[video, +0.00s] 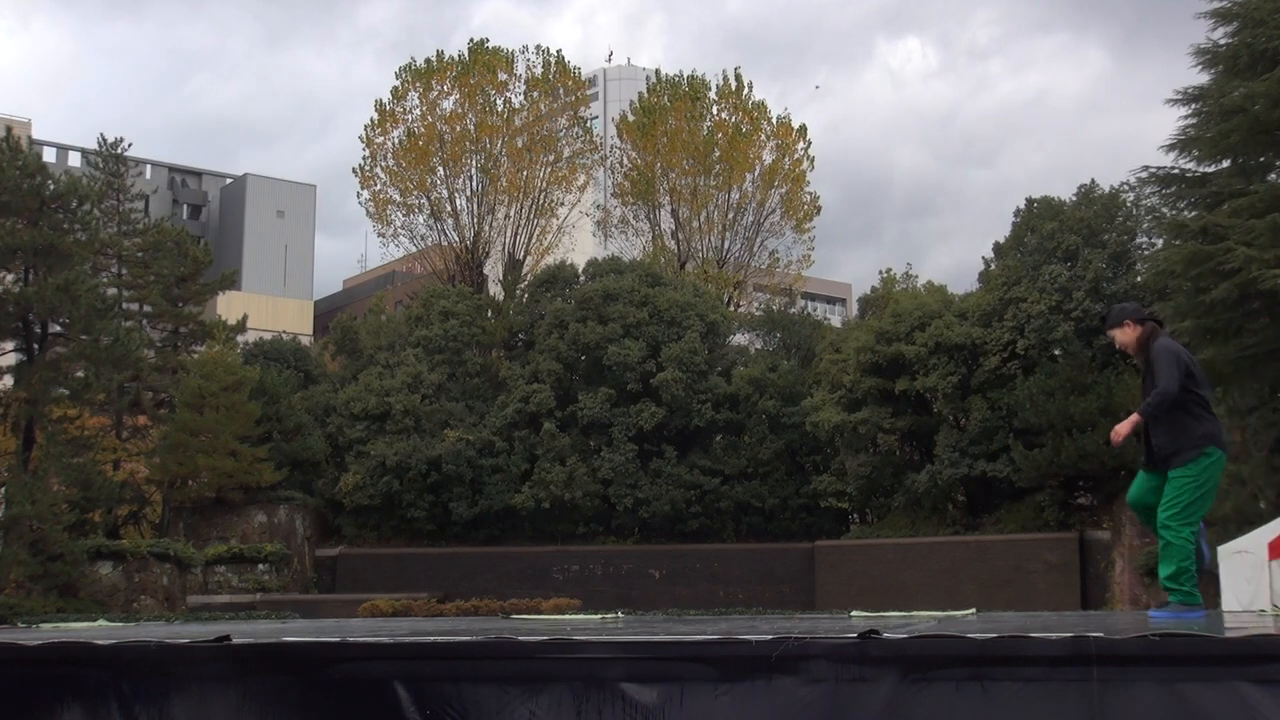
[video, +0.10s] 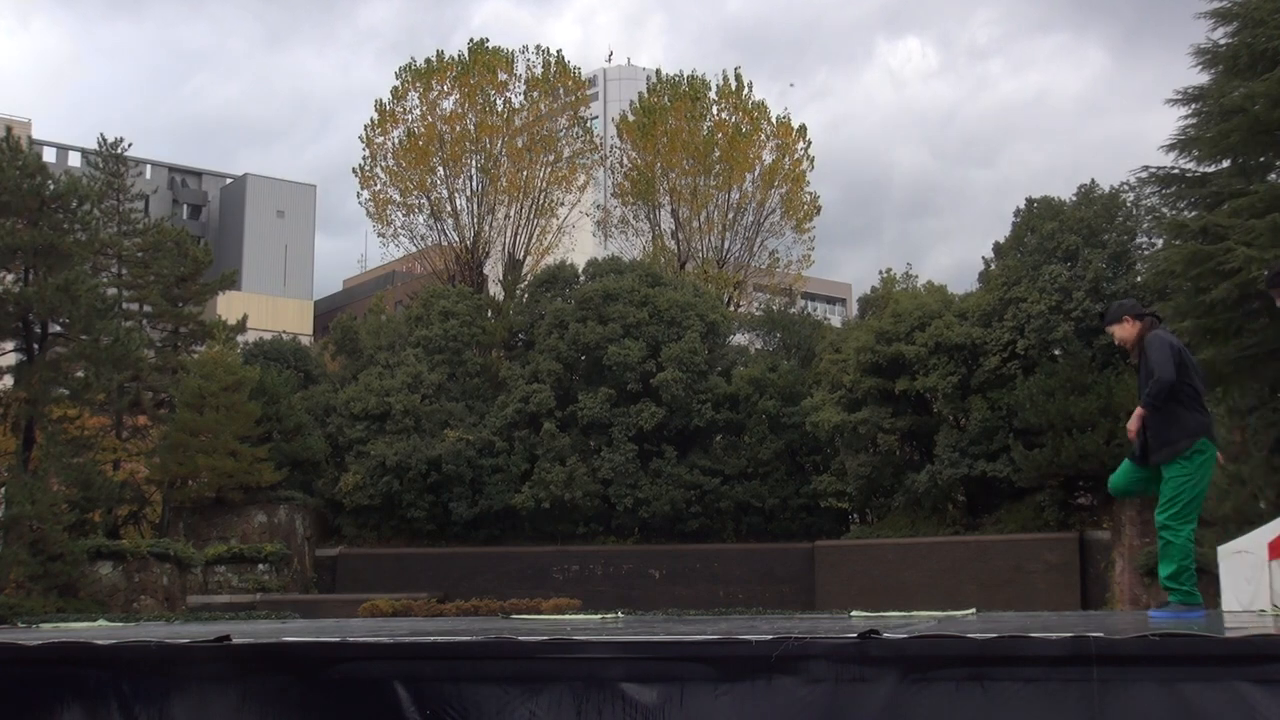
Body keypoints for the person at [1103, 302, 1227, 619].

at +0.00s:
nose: (1116, 345)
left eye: (1115, 336)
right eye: (1113, 339)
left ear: (1131, 326)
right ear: (1131, 328)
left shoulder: (1163, 349)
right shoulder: (1150, 357)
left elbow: (1167, 391)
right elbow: (1168, 402)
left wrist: (1132, 420)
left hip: (1197, 451)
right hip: (1170, 454)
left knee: (1173, 521)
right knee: (1140, 498)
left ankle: (1185, 599)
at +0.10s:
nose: (1115, 340)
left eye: (1114, 332)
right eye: (1111, 335)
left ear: (1129, 321)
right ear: (1129, 324)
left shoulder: (1156, 340)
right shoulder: (1149, 347)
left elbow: (1163, 379)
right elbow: (1183, 397)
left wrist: (1140, 411)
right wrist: (1207, 443)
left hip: (1188, 444)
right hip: (1164, 442)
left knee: (1171, 520)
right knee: (1120, 484)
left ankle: (1185, 599)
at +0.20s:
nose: (1117, 338)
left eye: (1117, 329)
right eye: (1113, 333)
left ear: (1135, 318)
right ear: (1134, 322)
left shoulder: (1157, 334)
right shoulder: (1147, 346)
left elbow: (1167, 369)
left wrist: (1143, 406)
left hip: (1183, 440)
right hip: (1155, 437)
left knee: (1169, 517)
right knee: (1109, 481)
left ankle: (1183, 598)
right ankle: (1157, 443)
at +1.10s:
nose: (1126, 318)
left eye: (1130, 312)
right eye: (1118, 315)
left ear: (1141, 318)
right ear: (1109, 327)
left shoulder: (1159, 341)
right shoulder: (1122, 364)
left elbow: (1197, 371)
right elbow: (1135, 400)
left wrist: (1180, 401)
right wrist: (1123, 426)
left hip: (1164, 446)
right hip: (1124, 443)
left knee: (1161, 523)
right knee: (1076, 483)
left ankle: (1169, 600)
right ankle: (1127, 471)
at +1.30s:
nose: (1106, 322)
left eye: (1110, 316)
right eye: (1098, 319)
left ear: (1121, 321)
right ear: (1090, 330)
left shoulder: (1142, 343)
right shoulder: (1106, 370)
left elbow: (1184, 369)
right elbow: (1120, 408)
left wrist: (1167, 401)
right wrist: (1109, 435)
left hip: (1154, 448)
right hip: (1113, 448)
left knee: (1156, 523)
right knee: (1070, 490)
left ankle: (1170, 599)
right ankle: (1110, 508)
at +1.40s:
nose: (1095, 324)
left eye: (1100, 317)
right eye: (1088, 321)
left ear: (1111, 323)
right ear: (1081, 332)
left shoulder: (1134, 347)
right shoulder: (1091, 375)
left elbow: (1173, 375)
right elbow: (1098, 427)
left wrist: (1152, 403)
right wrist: (1062, 441)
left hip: (1148, 451)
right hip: (1108, 456)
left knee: (1151, 525)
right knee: (1074, 504)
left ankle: (1170, 599)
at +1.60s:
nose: (1062, 338)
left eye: (1069, 331)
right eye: (1056, 333)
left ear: (1083, 334)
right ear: (1051, 342)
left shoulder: (1097, 362)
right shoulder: (1068, 380)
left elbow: (1131, 395)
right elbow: (1068, 429)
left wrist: (1120, 423)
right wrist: (1040, 435)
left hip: (1120, 460)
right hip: (1089, 468)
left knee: (1116, 526)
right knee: (1078, 532)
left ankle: (1162, 593)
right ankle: (1093, 602)